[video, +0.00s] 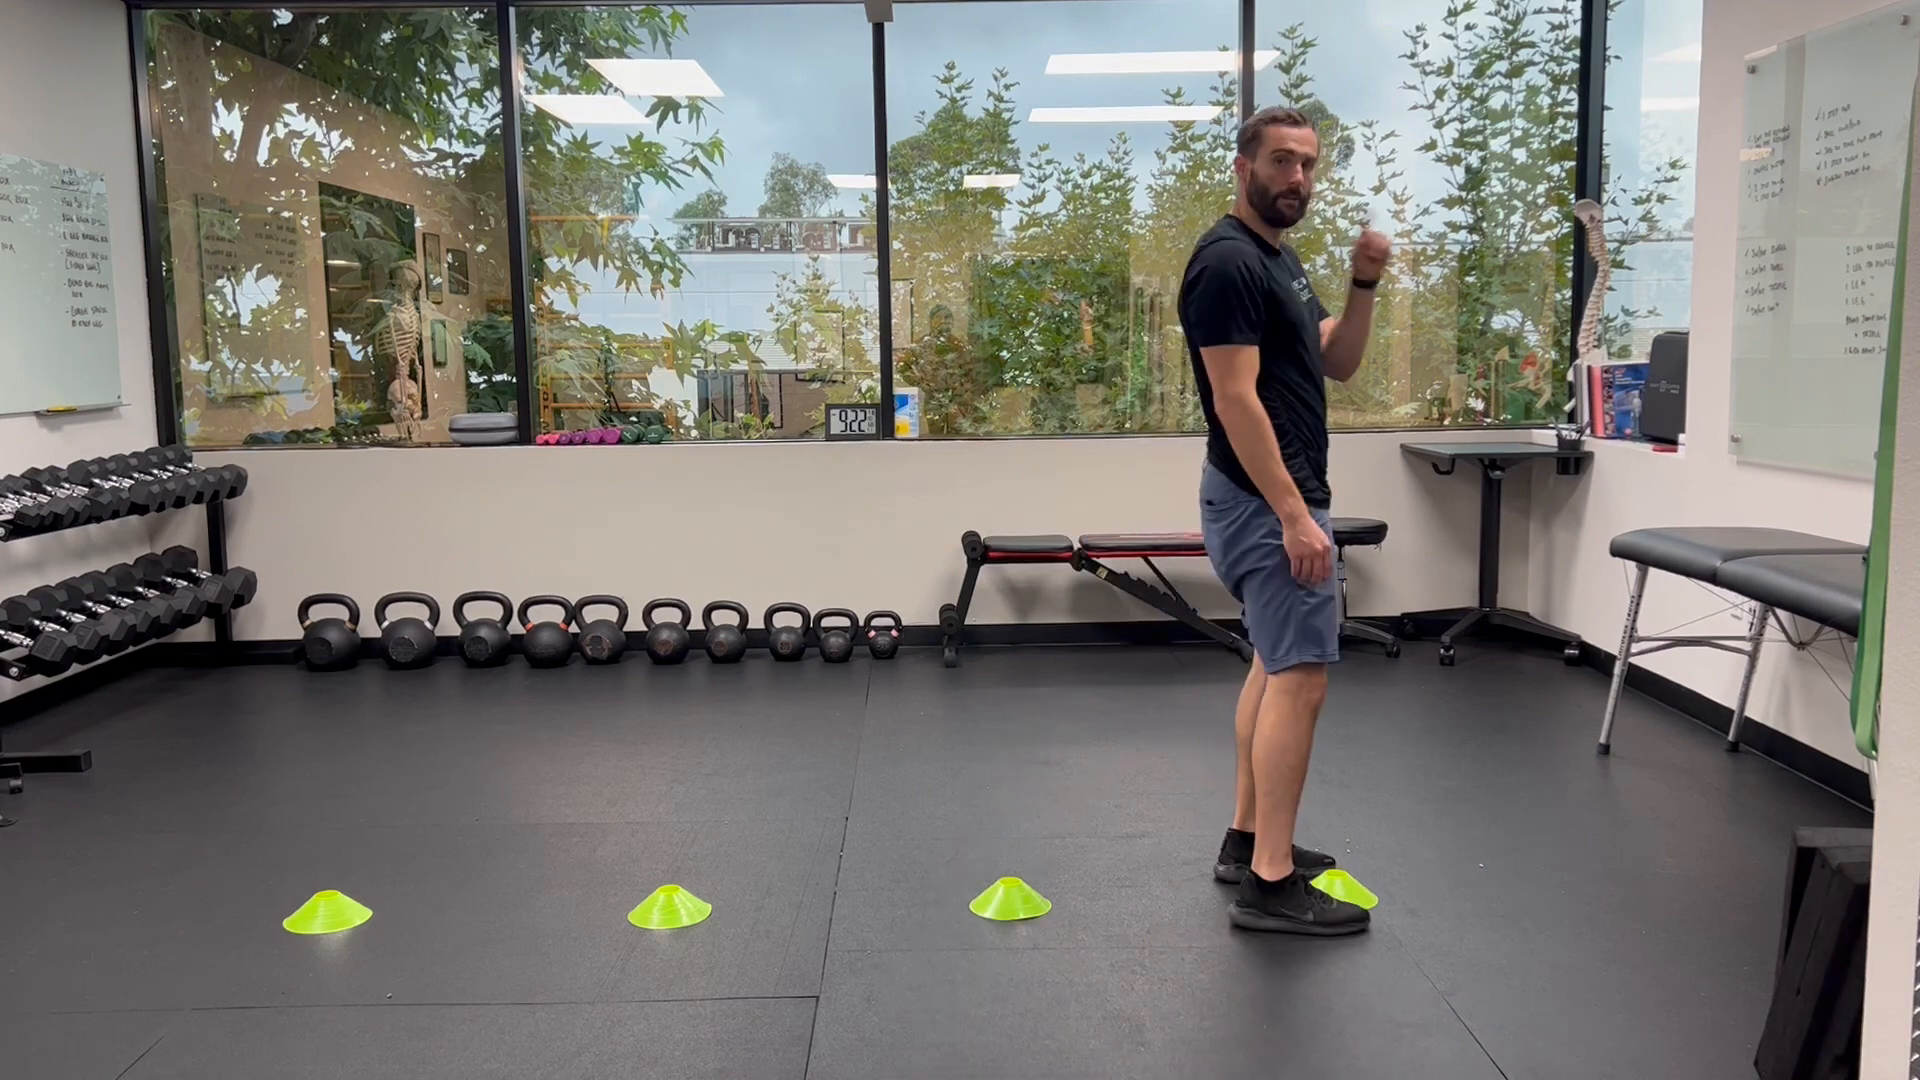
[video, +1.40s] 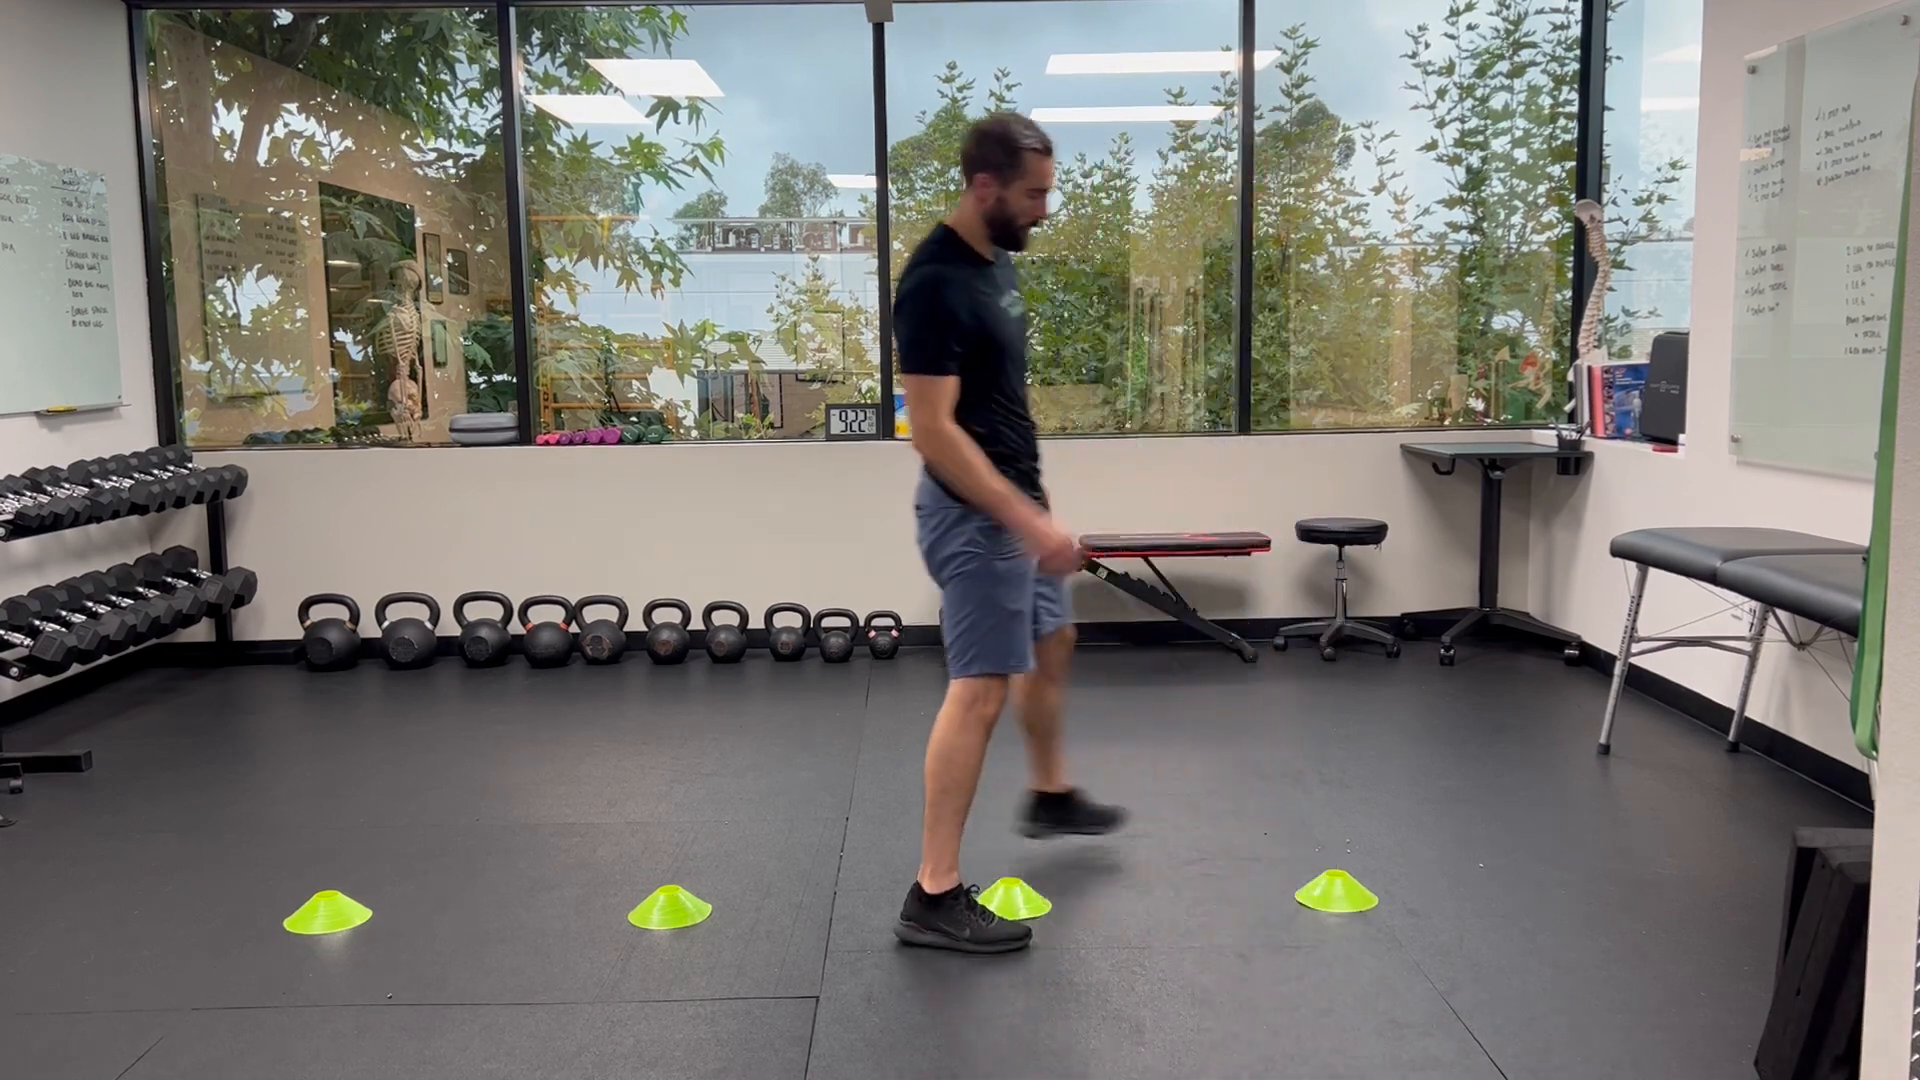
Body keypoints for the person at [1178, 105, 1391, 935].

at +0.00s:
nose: (1298, 177)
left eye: (1308, 164)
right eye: (1283, 160)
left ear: (1314, 176)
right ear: (1242, 166)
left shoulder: (1273, 260)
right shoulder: (1228, 261)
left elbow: (1335, 364)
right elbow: (1234, 399)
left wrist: (1363, 283)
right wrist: (1293, 511)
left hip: (1277, 495)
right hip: (1267, 501)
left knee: (1273, 666)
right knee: (1300, 677)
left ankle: (1250, 840)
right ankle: (1272, 878)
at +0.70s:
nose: (1304, 182)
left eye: (1316, 171)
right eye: (1291, 164)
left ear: (1322, 185)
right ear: (1250, 166)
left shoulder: (1285, 273)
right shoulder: (1211, 254)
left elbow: (1309, 383)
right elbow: (1196, 385)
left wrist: (1357, 386)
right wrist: (1245, 497)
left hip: (1259, 492)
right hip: (1216, 494)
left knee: (1267, 665)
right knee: (1262, 665)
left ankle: (1247, 839)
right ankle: (1263, 867)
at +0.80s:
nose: (1286, 186)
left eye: (1299, 175)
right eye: (1274, 167)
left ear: (1304, 187)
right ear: (1237, 166)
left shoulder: (1262, 269)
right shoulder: (1196, 256)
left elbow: (1279, 388)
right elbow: (1178, 386)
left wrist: (1339, 464)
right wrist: (1232, 497)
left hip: (1243, 492)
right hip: (1200, 494)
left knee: (1257, 658)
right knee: (1234, 663)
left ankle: (1250, 836)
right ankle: (1188, 868)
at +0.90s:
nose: (1256, 192)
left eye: (1266, 178)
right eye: (1244, 173)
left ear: (1267, 181)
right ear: (1203, 167)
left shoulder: (1227, 260)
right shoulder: (1168, 264)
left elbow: (1223, 391)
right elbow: (1158, 394)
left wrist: (1251, 489)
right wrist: (1225, 500)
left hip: (1229, 492)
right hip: (1184, 497)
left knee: (1252, 657)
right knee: (1207, 668)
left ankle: (1248, 837)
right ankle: (1088, 845)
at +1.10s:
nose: (1188, 225)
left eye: (1191, 210)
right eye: (1177, 210)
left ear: (1148, 208)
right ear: (1128, 203)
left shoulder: (1130, 285)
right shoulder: (1091, 295)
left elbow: (1135, 423)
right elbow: (1105, 436)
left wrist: (1202, 506)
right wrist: (1221, 492)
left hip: (1177, 527)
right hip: (1121, 532)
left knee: (1234, 669)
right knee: (1101, 705)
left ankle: (1249, 838)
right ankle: (968, 865)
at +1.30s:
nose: (1096, 223)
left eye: (1099, 207)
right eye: (1086, 207)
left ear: (1042, 204)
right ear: (1035, 201)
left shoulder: (1031, 279)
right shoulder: (988, 296)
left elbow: (1031, 420)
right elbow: (1001, 443)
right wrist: (1126, 489)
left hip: (1063, 519)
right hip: (1016, 524)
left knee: (1112, 664)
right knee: (1003, 699)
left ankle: (1163, 811)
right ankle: (936, 892)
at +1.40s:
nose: (1048, 207)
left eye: (1050, 191)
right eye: (1038, 191)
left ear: (998, 187)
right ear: (984, 186)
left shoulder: (993, 262)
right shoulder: (936, 282)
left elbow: (991, 405)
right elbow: (932, 434)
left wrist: (1027, 501)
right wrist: (1028, 521)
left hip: (1011, 499)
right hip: (970, 510)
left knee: (1049, 644)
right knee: (979, 691)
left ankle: (1051, 797)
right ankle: (935, 891)